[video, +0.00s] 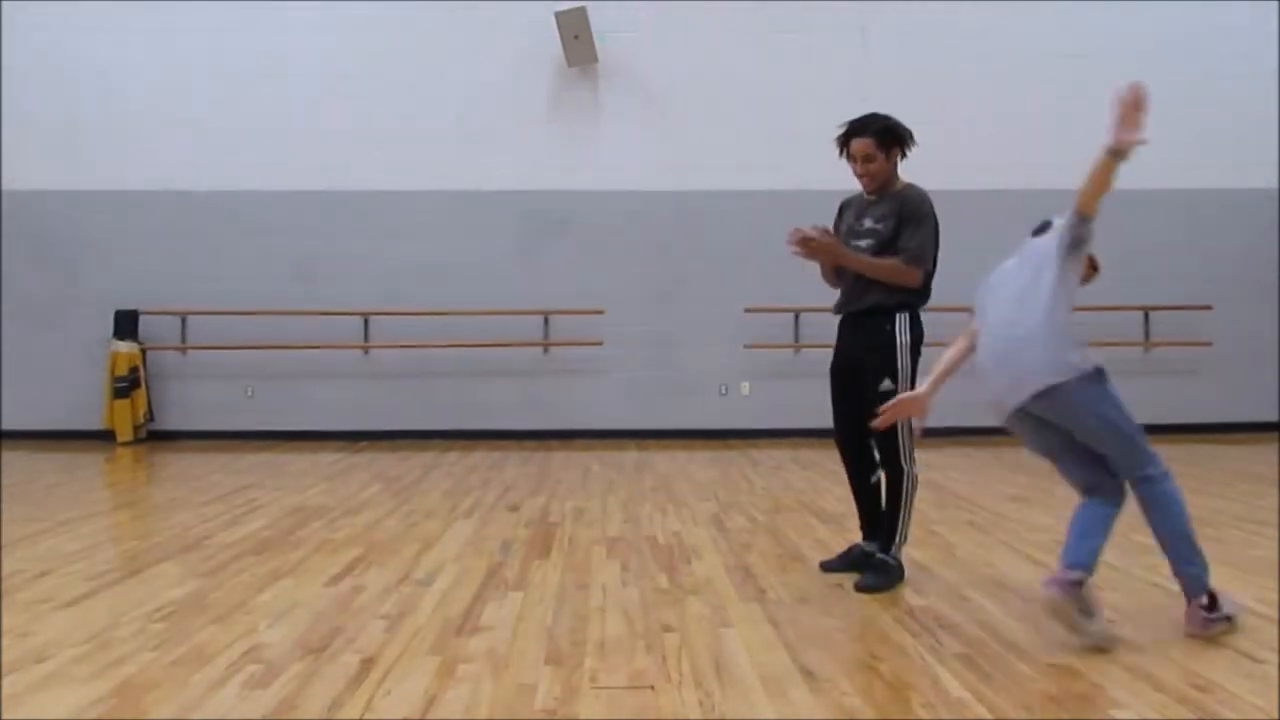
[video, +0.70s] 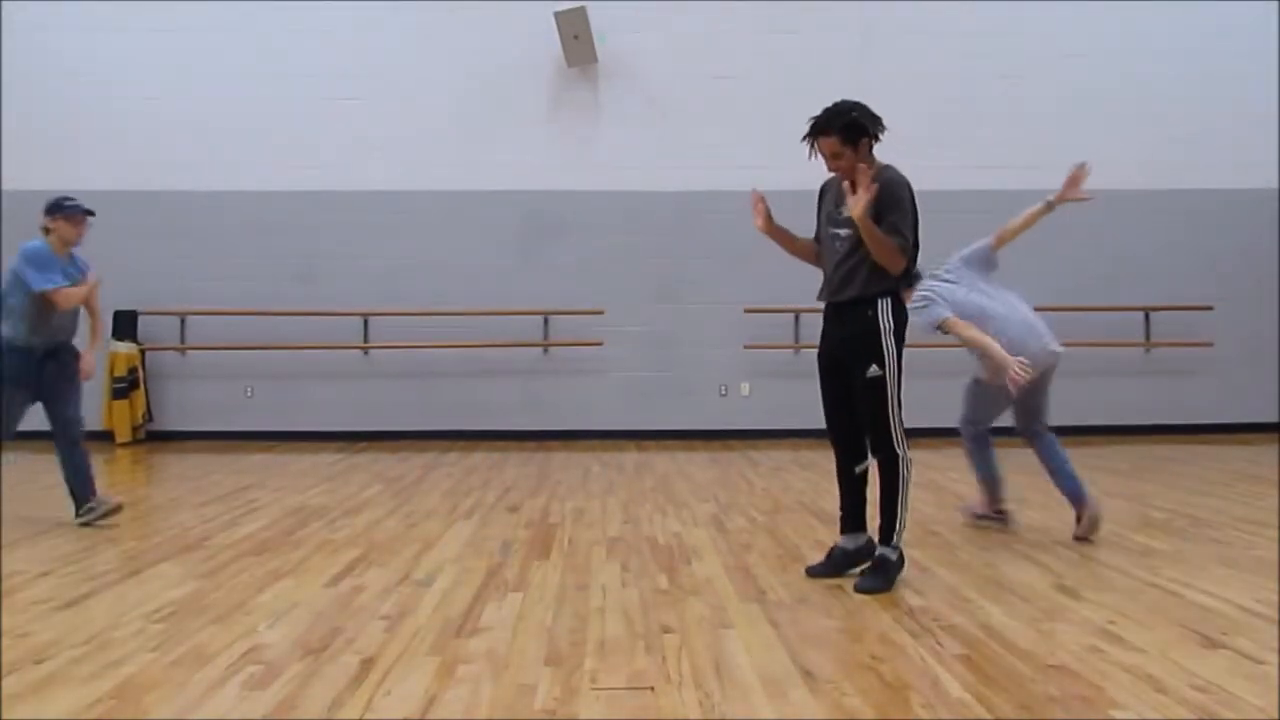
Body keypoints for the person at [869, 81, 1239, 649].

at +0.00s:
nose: (1087, 280)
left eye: (1089, 276)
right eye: (1087, 272)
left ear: (1030, 246)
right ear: (1073, 249)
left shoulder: (996, 287)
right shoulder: (1058, 244)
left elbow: (966, 342)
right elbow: (1086, 202)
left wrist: (923, 392)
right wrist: (1116, 148)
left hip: (1007, 398)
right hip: (1057, 374)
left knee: (1102, 487)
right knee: (1148, 473)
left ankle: (1070, 580)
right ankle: (1200, 599)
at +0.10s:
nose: (1087, 253)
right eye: (1081, 248)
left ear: (1034, 260)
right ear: (1070, 249)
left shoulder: (1011, 293)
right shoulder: (1080, 249)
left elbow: (990, 341)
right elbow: (1120, 208)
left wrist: (960, 388)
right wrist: (1163, 154)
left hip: (1045, 397)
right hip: (1100, 372)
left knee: (1115, 476)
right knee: (1175, 479)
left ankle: (1141, 574)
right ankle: (1197, 599)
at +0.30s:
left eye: (1014, 286)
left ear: (1013, 282)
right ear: (1045, 263)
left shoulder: (1012, 300)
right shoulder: (1073, 259)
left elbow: (1015, 334)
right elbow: (1114, 226)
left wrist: (1018, 371)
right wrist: (1163, 181)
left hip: (1077, 395)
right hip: (1129, 368)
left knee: (1119, 474)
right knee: (1171, 458)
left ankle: (1174, 562)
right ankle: (1217, 538)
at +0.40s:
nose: (996, 290)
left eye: (992, 285)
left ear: (993, 280)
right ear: (1020, 261)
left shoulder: (997, 296)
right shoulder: (1053, 256)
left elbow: (1008, 330)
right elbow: (1095, 226)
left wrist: (1018, 370)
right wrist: (1148, 185)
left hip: (1071, 385)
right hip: (1117, 360)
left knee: (1114, 473)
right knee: (1136, 449)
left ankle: (1168, 550)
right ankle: (1169, 540)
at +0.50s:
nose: (964, 292)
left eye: (964, 289)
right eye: (964, 287)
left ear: (970, 284)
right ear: (994, 265)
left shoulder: (976, 297)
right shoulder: (1028, 258)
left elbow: (995, 329)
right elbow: (1074, 226)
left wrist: (1012, 367)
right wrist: (1127, 186)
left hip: (1057, 377)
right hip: (1099, 357)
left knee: (1078, 462)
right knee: (1098, 443)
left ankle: (1134, 513)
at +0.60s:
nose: (930, 305)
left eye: (930, 299)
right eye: (928, 300)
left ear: (940, 290)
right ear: (959, 274)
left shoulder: (950, 301)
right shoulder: (998, 265)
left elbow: (981, 332)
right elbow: (1045, 232)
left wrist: (1010, 368)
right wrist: (1094, 193)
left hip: (1040, 372)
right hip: (1076, 359)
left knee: (1020, 446)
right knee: (1067, 436)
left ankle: (1075, 506)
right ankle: (1095, 519)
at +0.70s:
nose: (897, 304)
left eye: (893, 298)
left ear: (897, 290)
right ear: (915, 270)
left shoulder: (921, 299)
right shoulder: (955, 267)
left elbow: (956, 325)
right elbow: (1001, 236)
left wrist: (999, 357)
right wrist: (1053, 201)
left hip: (1007, 360)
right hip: (1045, 351)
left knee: (974, 426)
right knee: (1034, 428)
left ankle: (994, 504)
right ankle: (1082, 503)